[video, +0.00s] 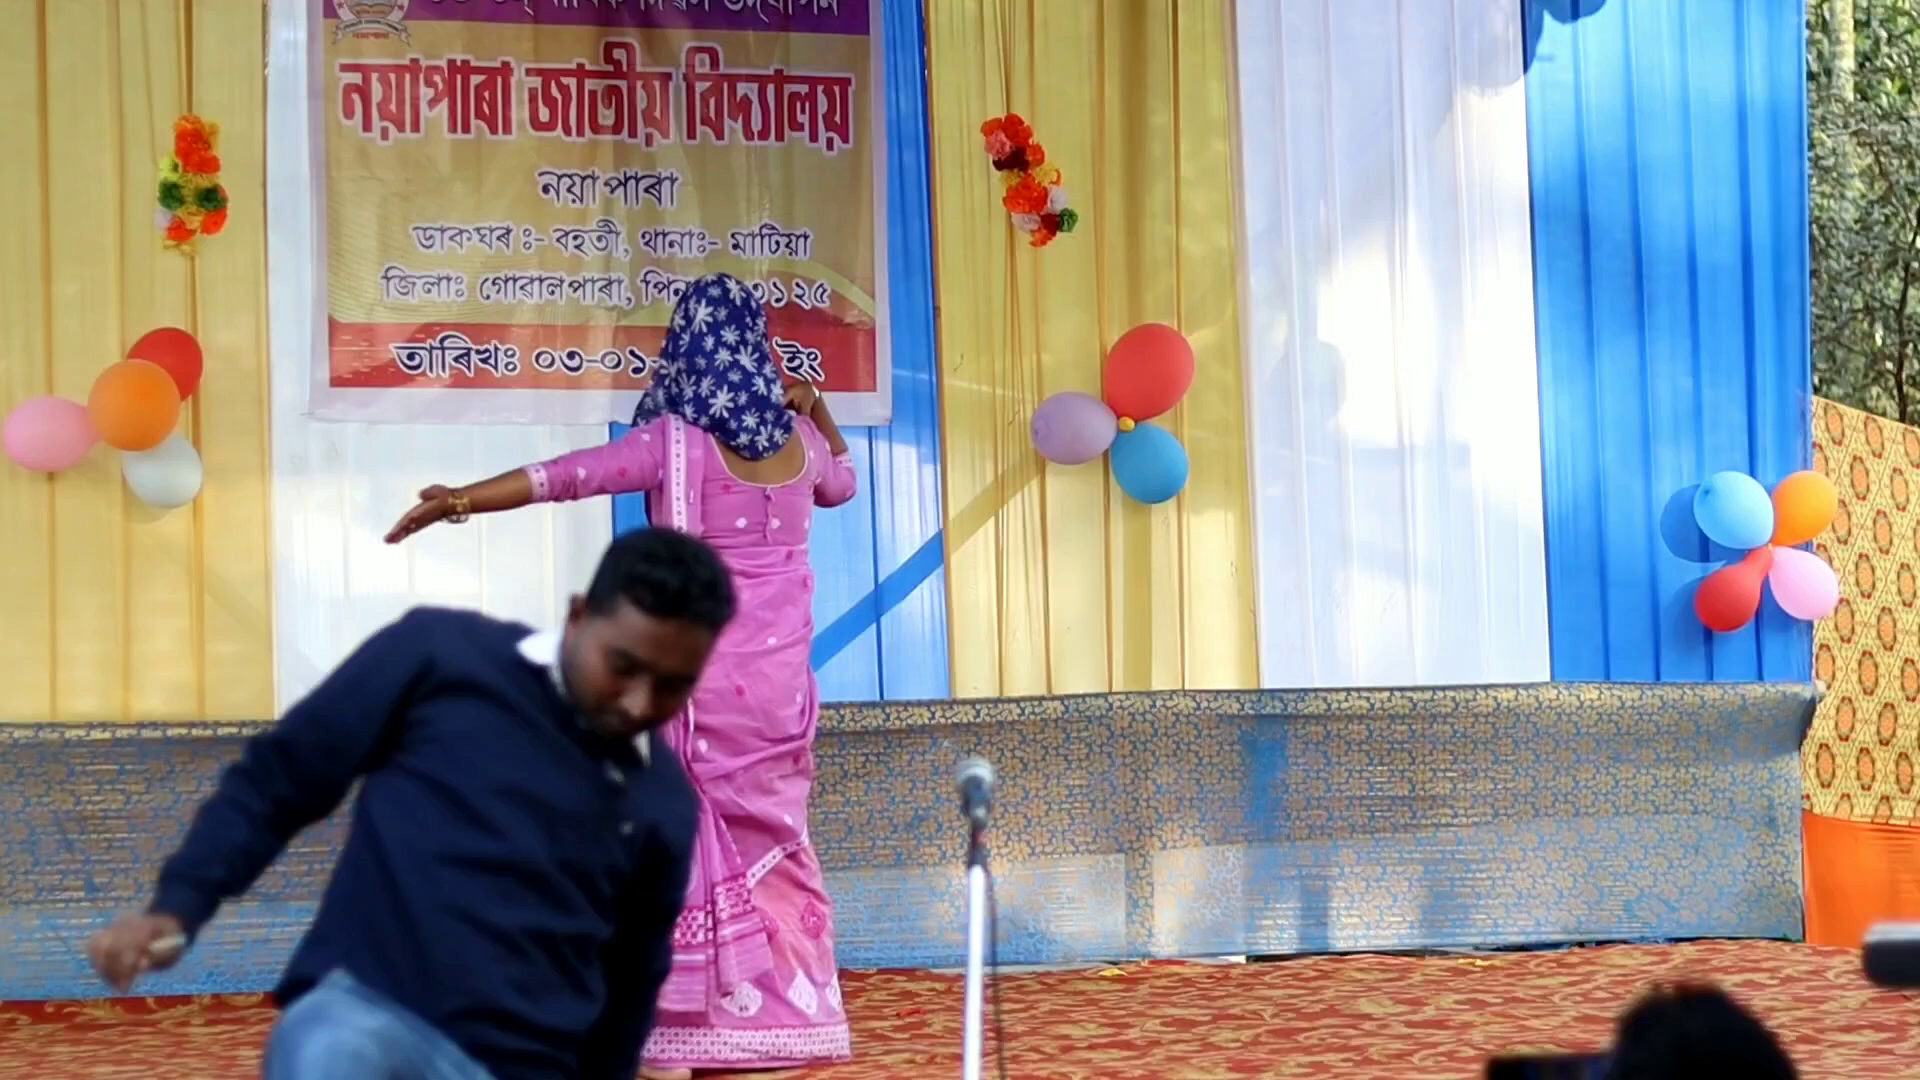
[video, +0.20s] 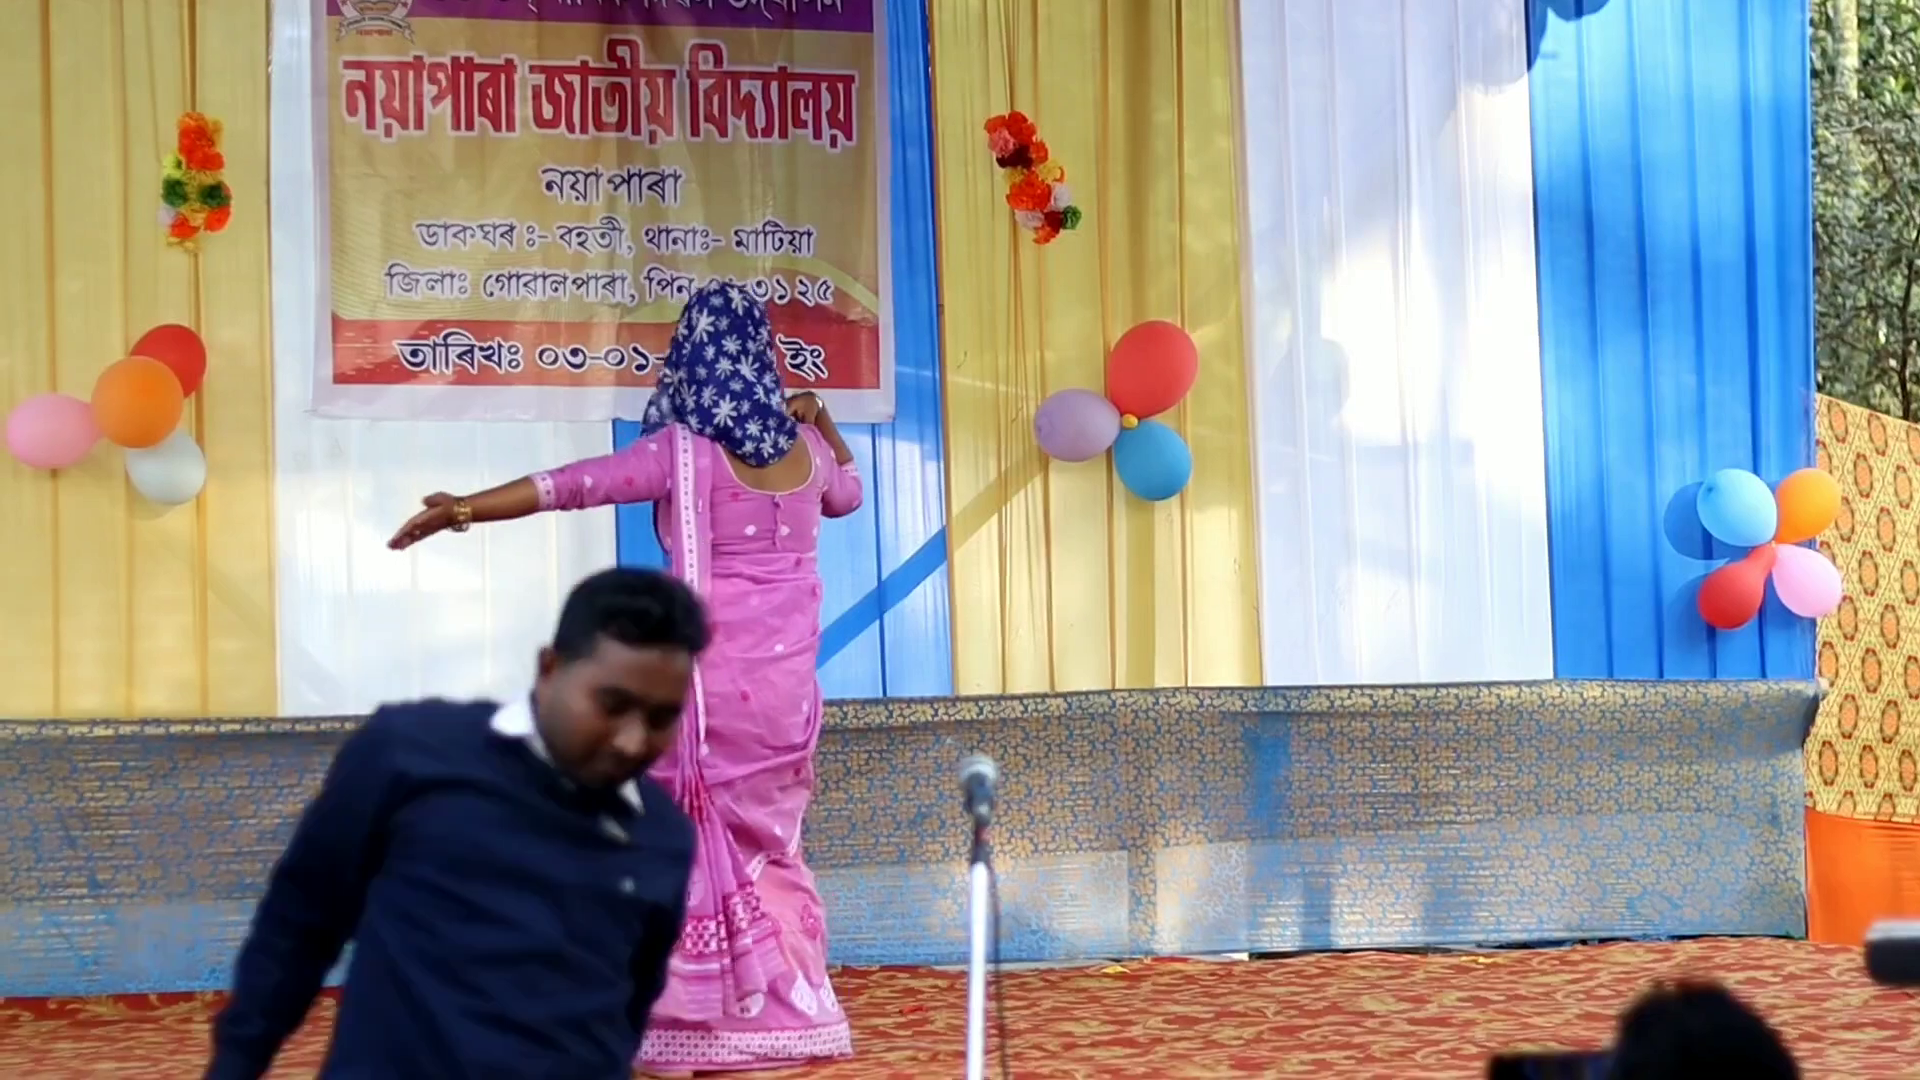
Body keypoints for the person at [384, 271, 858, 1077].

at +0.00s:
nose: (666, 362)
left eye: (672, 349)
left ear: (681, 355)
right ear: (756, 353)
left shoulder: (670, 443)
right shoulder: (796, 444)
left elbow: (564, 476)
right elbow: (841, 486)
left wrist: (462, 498)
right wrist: (816, 414)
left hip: (701, 670)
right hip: (784, 673)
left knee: (690, 841)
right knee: (781, 837)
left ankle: (702, 1019)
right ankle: (799, 1010)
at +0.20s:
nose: (671, 373)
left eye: (677, 361)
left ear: (689, 366)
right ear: (763, 363)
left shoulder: (680, 452)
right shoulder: (801, 451)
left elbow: (572, 486)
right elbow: (847, 495)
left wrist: (464, 508)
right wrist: (819, 422)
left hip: (702, 682)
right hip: (789, 685)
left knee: (682, 838)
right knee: (774, 845)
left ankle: (690, 1010)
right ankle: (791, 1002)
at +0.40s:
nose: (681, 345)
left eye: (688, 331)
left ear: (699, 336)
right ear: (778, 335)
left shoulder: (686, 420)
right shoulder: (814, 420)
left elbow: (586, 483)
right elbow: (863, 474)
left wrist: (474, 530)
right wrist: (840, 400)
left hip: (709, 648)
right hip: (807, 650)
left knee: (682, 810)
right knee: (794, 814)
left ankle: (683, 1004)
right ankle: (792, 1008)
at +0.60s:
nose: (707, 340)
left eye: (716, 329)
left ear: (726, 340)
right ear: (803, 340)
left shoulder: (702, 429)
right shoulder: (839, 428)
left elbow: (609, 508)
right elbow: (914, 474)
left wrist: (506, 579)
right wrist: (878, 395)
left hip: (737, 663)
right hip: (835, 659)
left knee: (697, 817)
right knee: (822, 827)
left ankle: (698, 1015)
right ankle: (810, 1018)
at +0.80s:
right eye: (821, 353)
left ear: (737, 354)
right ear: (822, 361)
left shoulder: (694, 440)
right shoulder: (847, 452)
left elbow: (637, 536)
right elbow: (942, 515)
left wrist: (555, 577)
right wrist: (921, 428)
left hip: (728, 670)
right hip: (832, 671)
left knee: (716, 828)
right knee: (824, 839)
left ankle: (713, 1006)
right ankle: (813, 1016)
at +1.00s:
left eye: (716, 352)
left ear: (722, 361)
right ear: (812, 366)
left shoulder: (679, 443)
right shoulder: (832, 458)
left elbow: (590, 514)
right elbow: (934, 519)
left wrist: (572, 467)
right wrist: (1000, 484)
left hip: (694, 671)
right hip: (802, 669)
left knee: (641, 814)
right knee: (819, 838)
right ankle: (816, 1028)